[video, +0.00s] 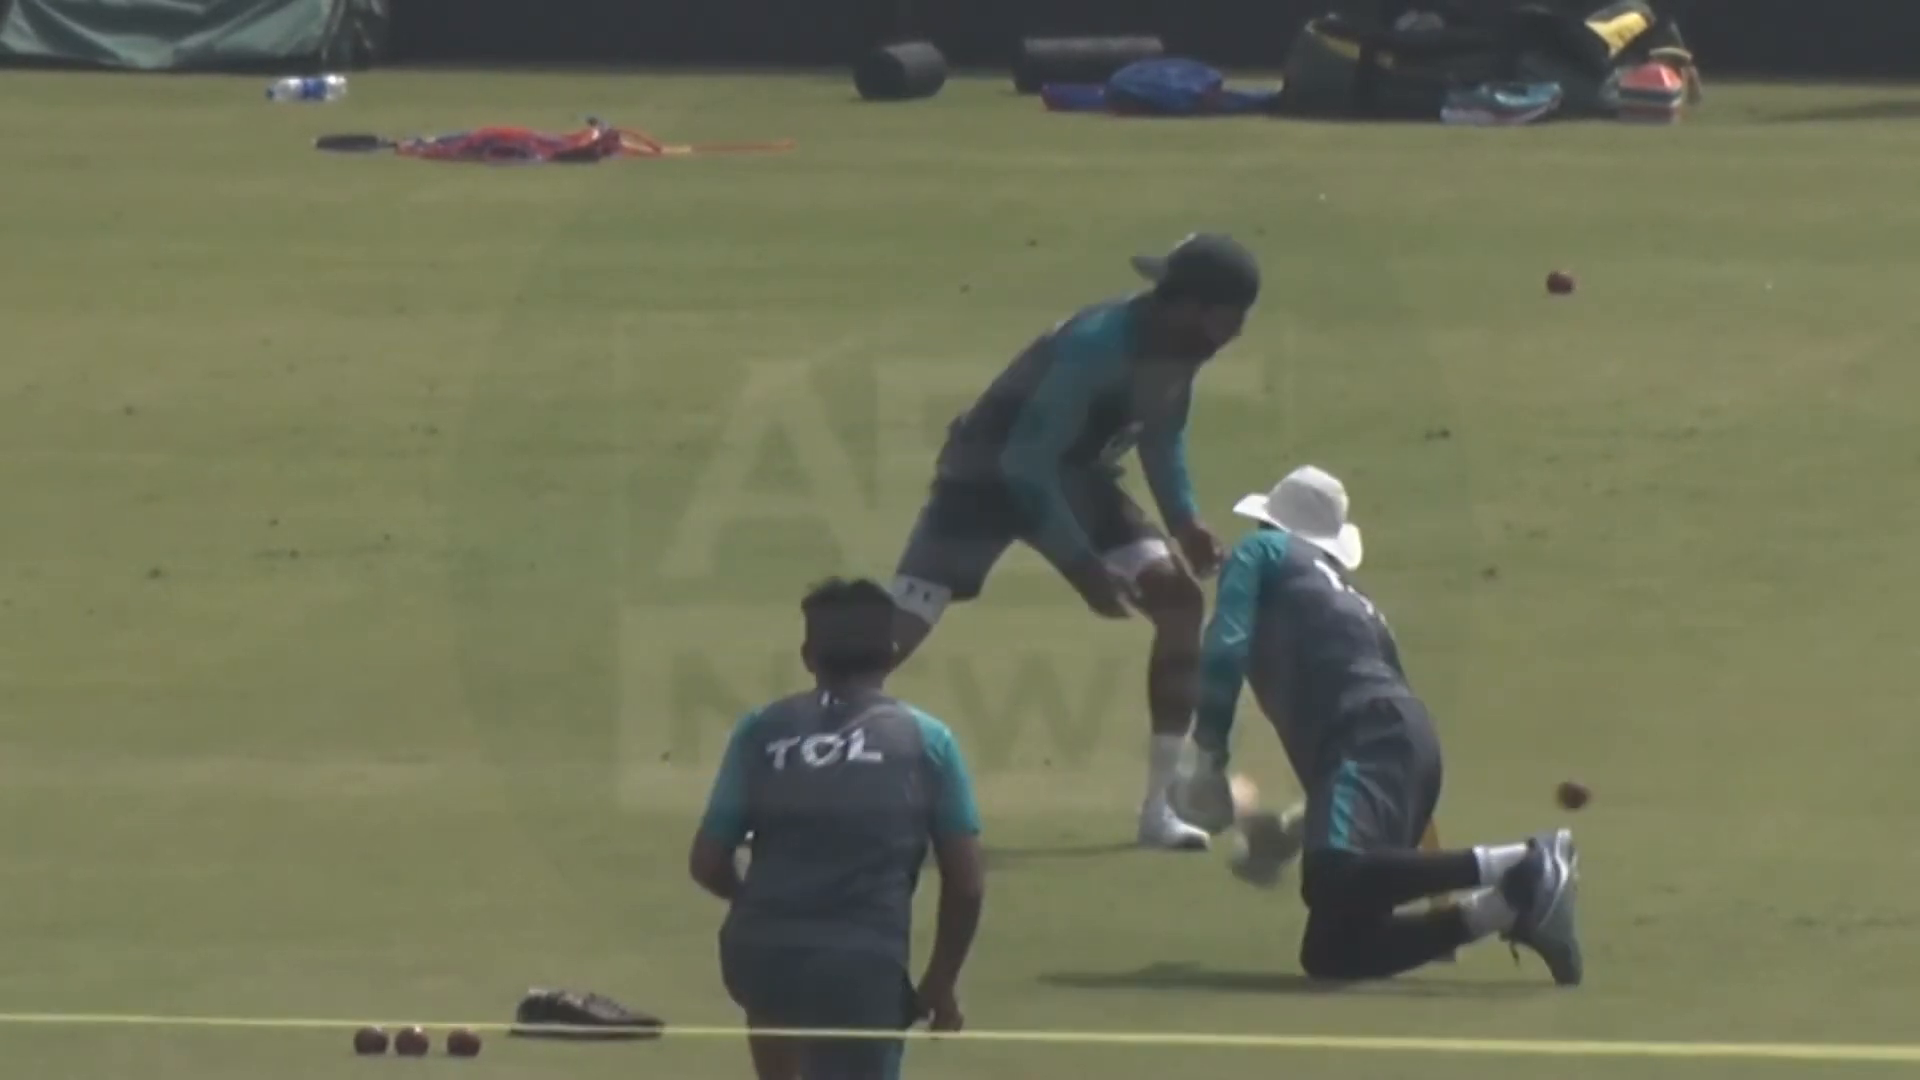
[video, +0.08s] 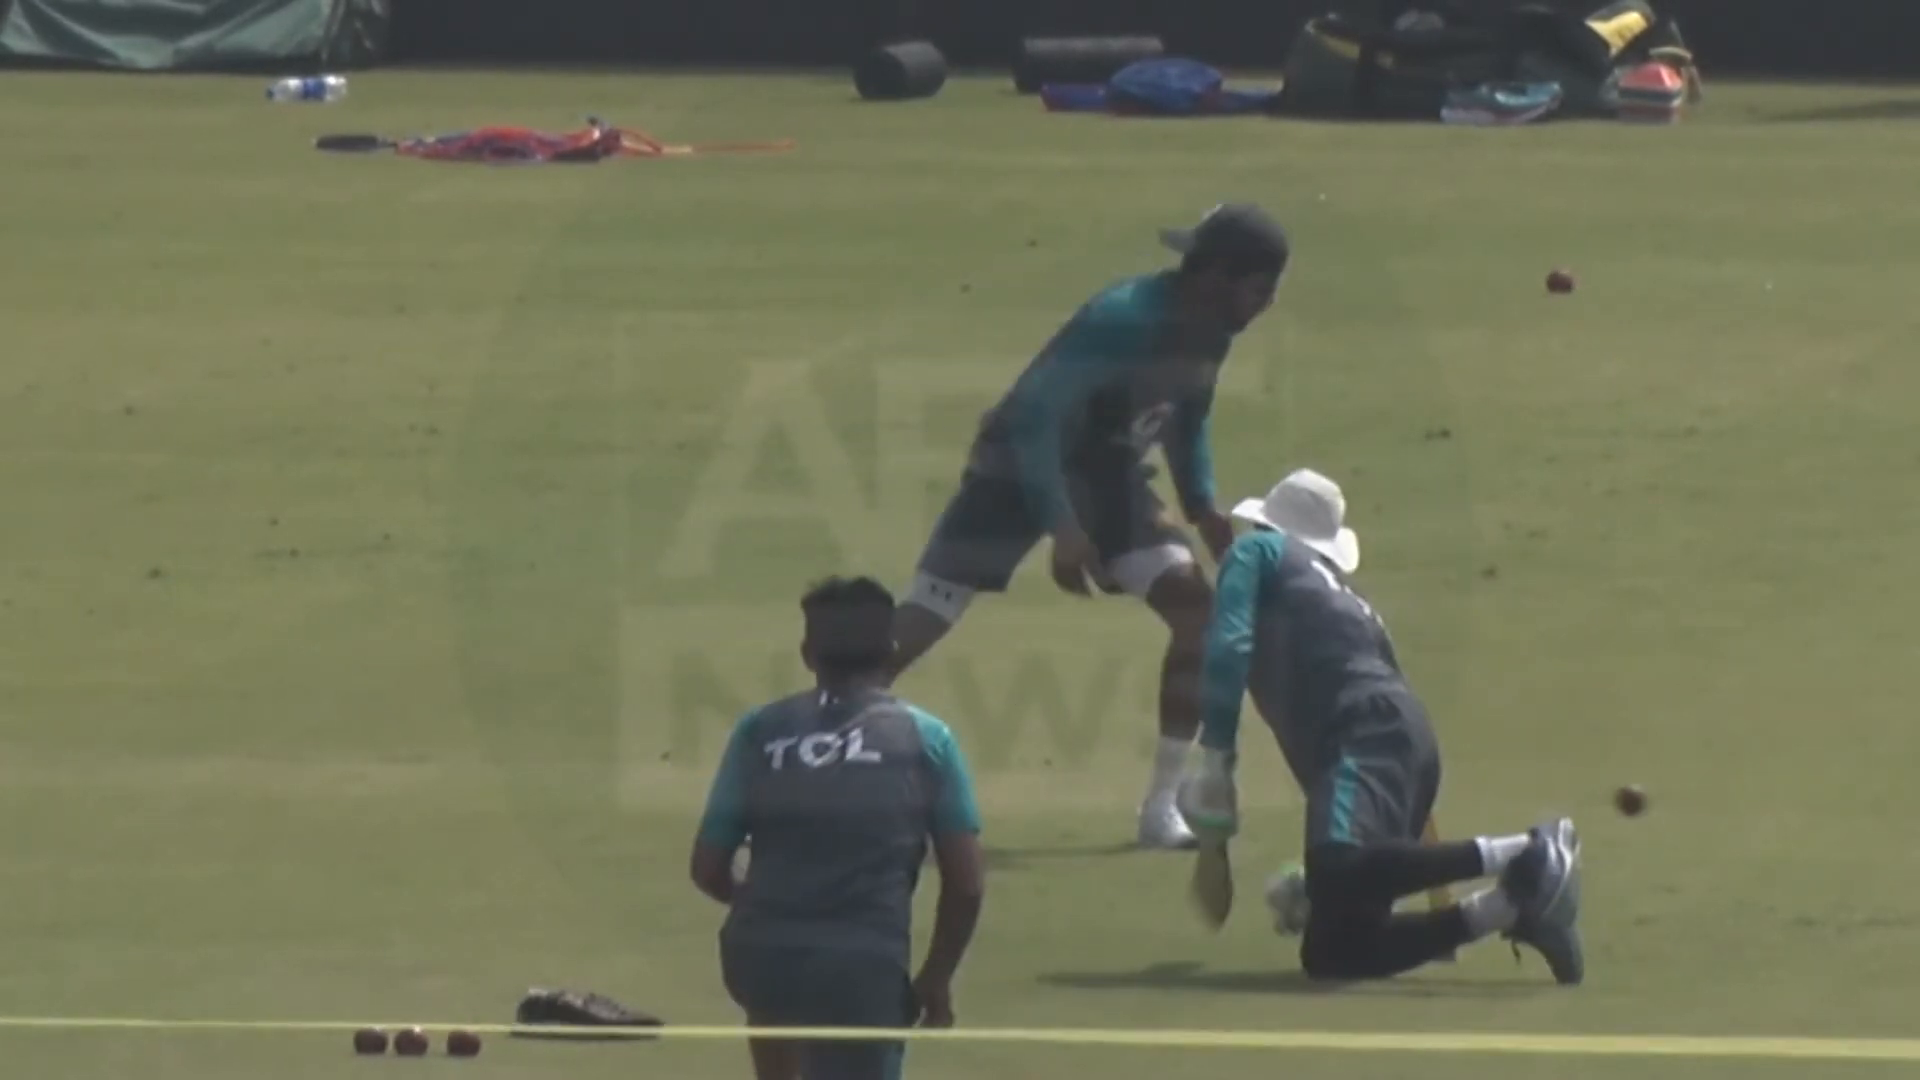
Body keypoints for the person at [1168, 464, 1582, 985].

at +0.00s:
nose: (1251, 530)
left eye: (1261, 523)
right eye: (1257, 522)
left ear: (1277, 527)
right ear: (1327, 546)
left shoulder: (1260, 551)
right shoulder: (1350, 600)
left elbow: (1225, 654)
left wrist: (1208, 762)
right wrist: (1293, 832)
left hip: (1375, 739)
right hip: (1412, 756)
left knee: (1331, 877)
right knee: (1328, 955)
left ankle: (1518, 863)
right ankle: (1506, 907)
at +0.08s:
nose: (1239, 532)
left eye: (1250, 526)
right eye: (1245, 525)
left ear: (1273, 530)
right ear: (1321, 547)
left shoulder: (1259, 548)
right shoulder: (1347, 602)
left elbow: (1229, 649)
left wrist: (1215, 763)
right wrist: (1318, 883)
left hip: (1372, 732)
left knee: (1338, 872)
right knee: (1330, 956)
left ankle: (1522, 854)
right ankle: (1509, 907)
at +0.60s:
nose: (1252, 556)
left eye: (1260, 549)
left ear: (1276, 547)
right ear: (1334, 564)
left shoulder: (1260, 568)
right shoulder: (1352, 611)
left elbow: (1248, 653)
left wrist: (1231, 772)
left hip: (1388, 759)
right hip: (1430, 761)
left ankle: (1526, 889)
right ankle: (1515, 892)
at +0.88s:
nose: (1296, 545)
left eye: (1304, 534)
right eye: (1302, 534)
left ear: (1317, 537)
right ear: (1374, 551)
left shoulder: (1316, 574)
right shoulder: (1387, 601)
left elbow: (1307, 672)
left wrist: (1277, 781)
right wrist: (1338, 916)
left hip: (1423, 793)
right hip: (1456, 787)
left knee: (1336, 954)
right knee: (1343, 943)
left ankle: (1527, 904)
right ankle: (1502, 901)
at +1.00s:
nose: (1334, 548)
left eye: (1341, 537)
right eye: (1335, 537)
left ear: (1360, 535)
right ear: (1406, 546)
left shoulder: (1354, 573)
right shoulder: (1424, 606)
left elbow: (1347, 684)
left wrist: (1310, 802)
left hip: (1448, 806)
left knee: (1367, 961)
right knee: (1330, 952)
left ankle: (1531, 903)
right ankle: (1508, 900)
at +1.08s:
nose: (1360, 545)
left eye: (1368, 533)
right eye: (1363, 532)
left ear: (1387, 535)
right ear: (1432, 547)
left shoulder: (1386, 580)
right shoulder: (1452, 615)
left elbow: (1382, 695)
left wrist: (1338, 807)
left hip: (1457, 827)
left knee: (1368, 967)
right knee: (1331, 956)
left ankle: (1534, 903)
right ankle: (1513, 894)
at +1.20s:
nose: (1393, 536)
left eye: (1404, 527)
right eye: (1397, 525)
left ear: (1430, 536)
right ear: (1472, 543)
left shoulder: (1436, 590)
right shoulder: (1486, 609)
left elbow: (1436, 705)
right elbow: (1467, 749)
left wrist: (1389, 808)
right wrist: (1388, 841)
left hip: (1481, 836)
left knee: (1370, 964)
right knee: (1338, 950)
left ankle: (1533, 909)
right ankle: (1531, 904)